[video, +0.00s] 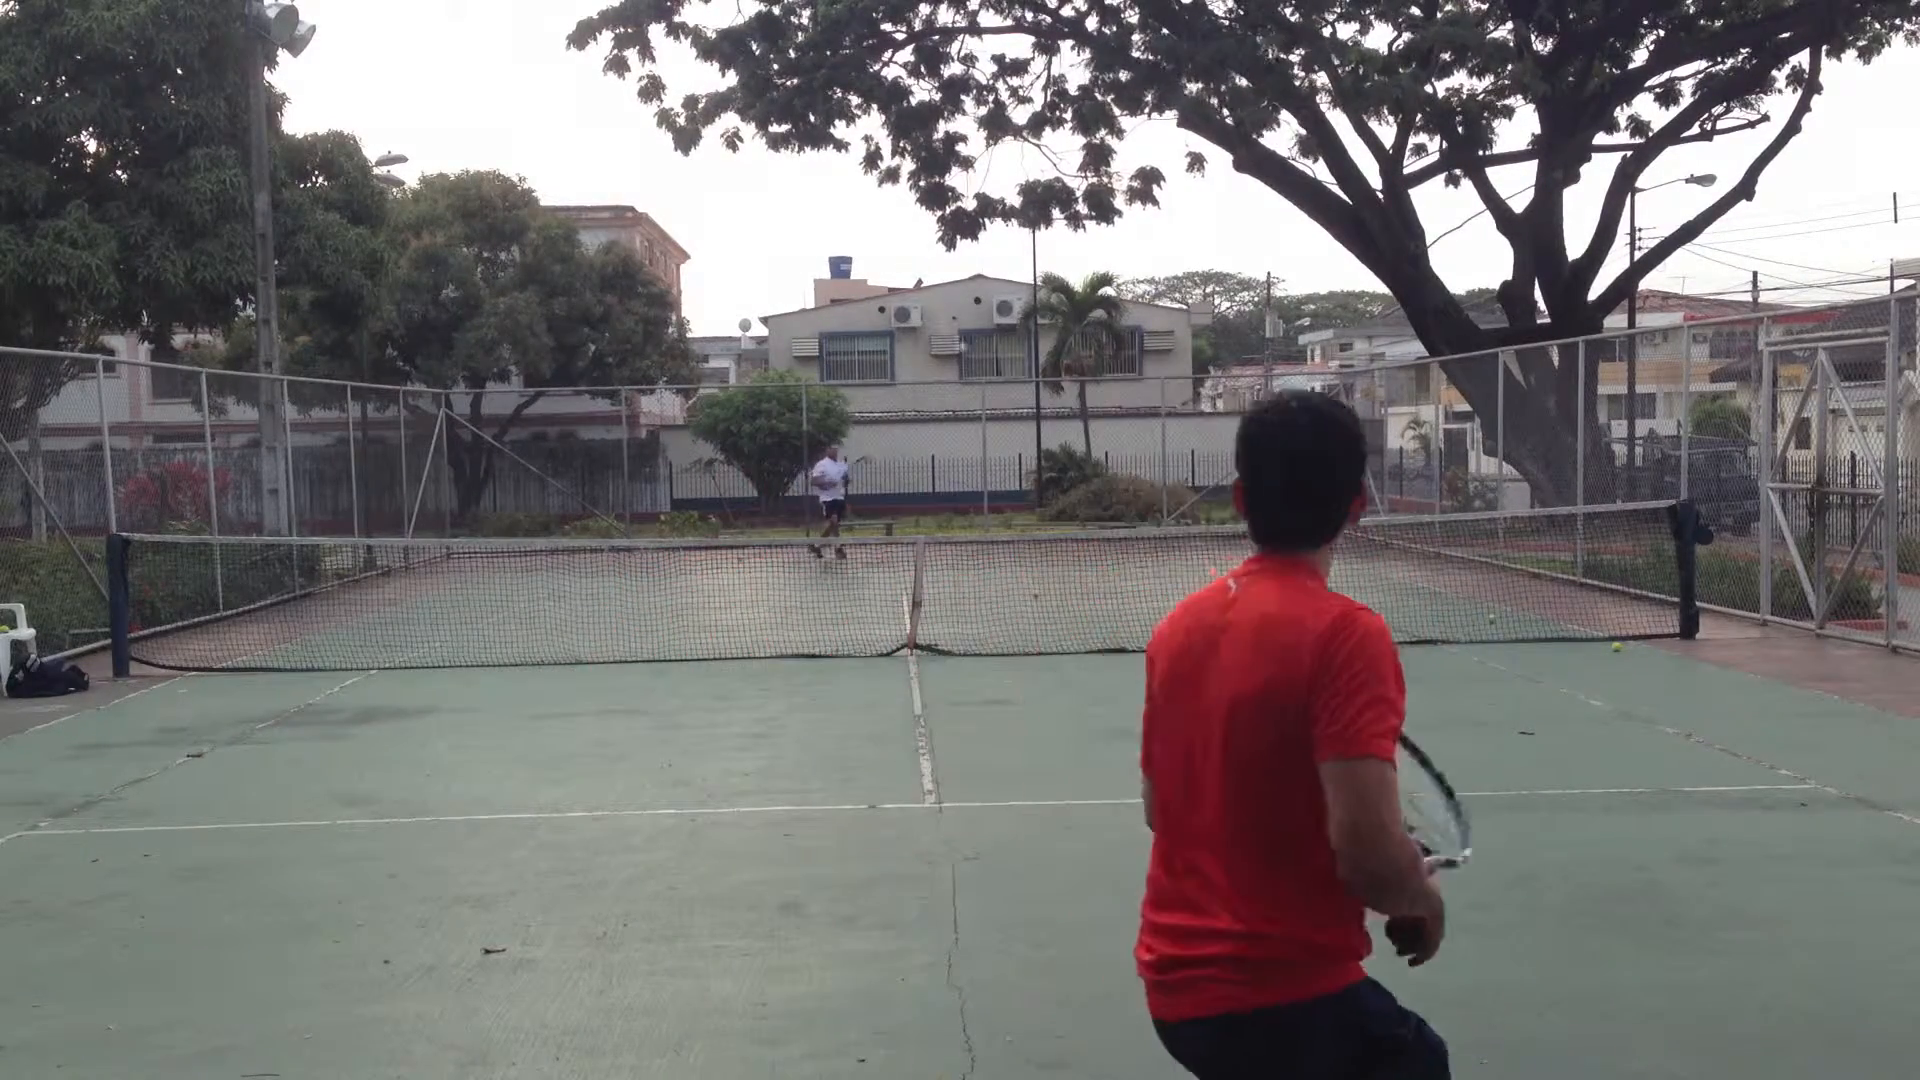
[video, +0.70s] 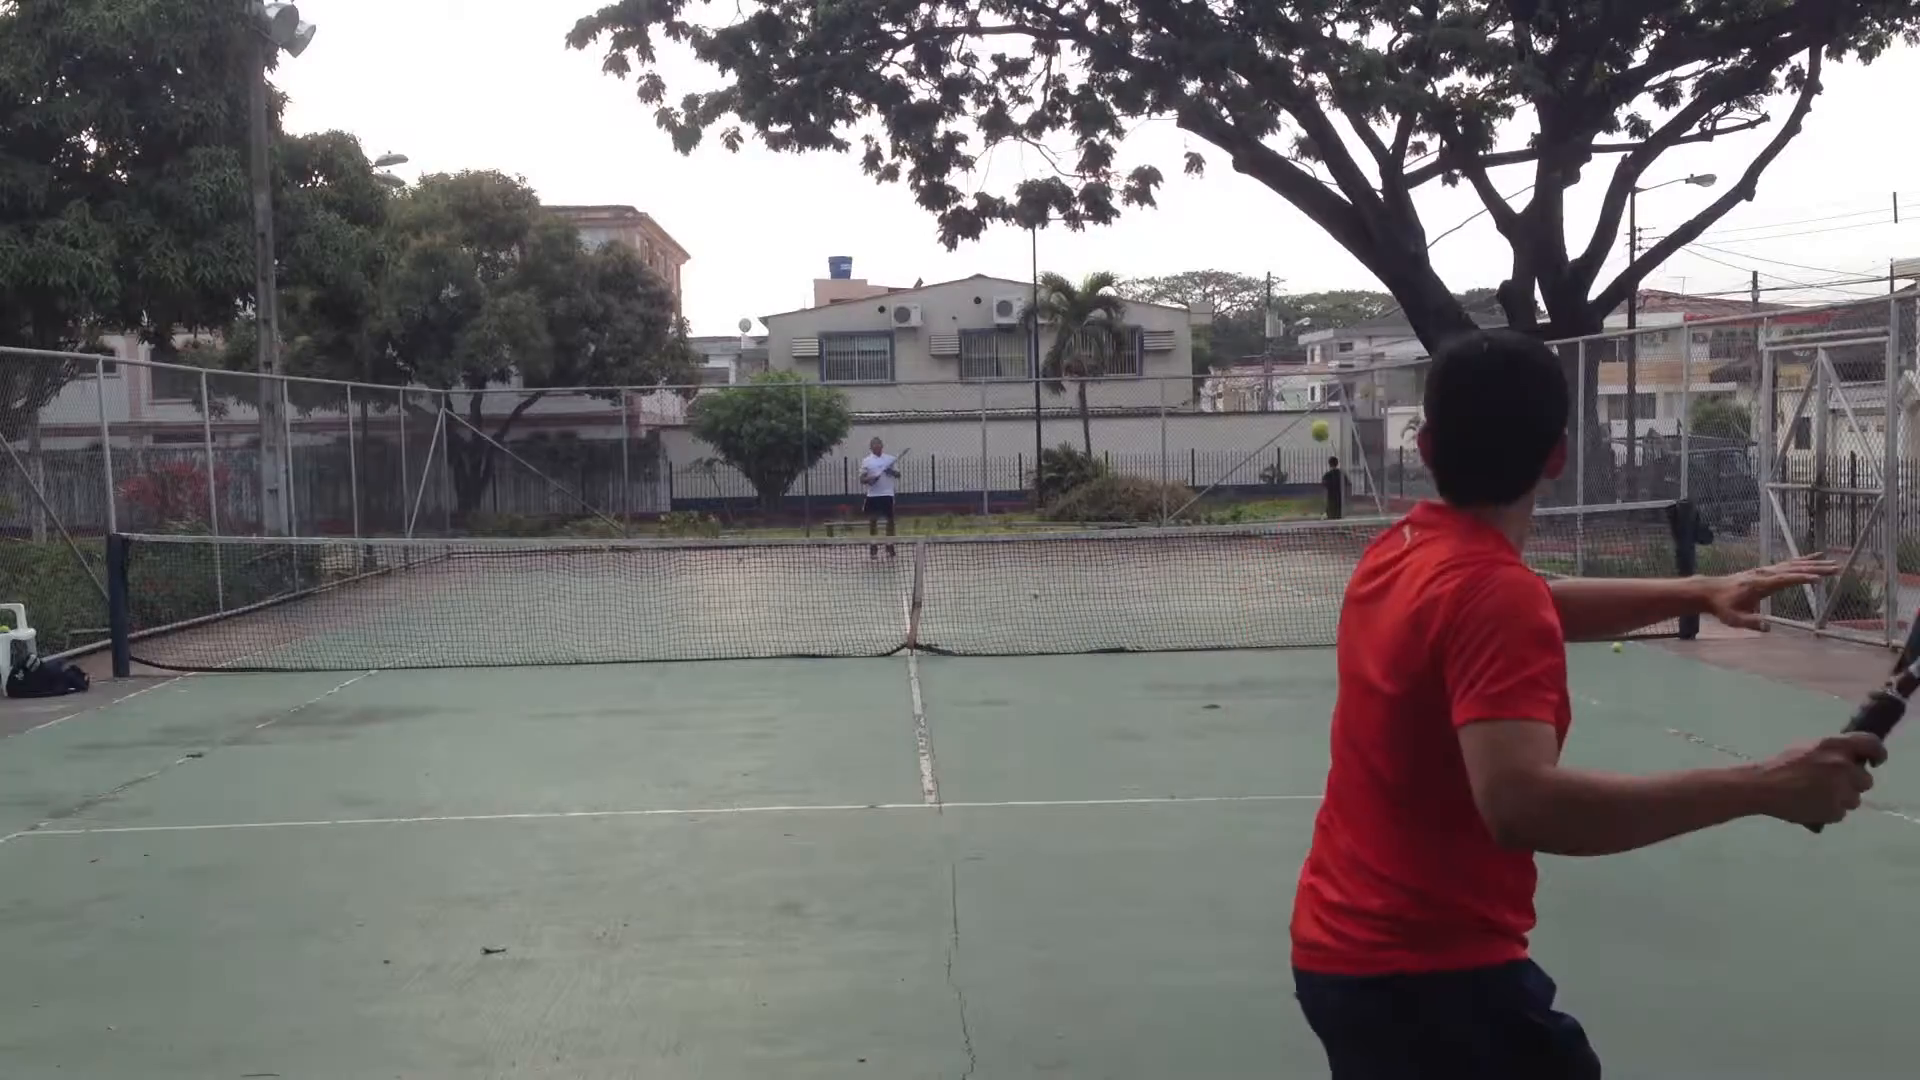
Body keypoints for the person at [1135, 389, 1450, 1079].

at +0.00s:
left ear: (1239, 497)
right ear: (1358, 507)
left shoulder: (1177, 629)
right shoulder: (1346, 634)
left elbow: (1161, 808)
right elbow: (1365, 844)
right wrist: (1417, 901)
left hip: (1183, 994)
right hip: (1291, 1001)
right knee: (1419, 1059)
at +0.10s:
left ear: (1263, 469)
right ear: (1383, 478)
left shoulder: (1211, 596)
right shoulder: (1367, 602)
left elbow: (1261, 783)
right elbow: (1402, 808)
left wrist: (1426, 806)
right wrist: (1472, 858)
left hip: (1207, 964)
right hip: (1313, 972)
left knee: (1432, 1047)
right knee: (1431, 1053)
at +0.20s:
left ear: (1275, 455)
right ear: (1395, 460)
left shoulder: (1237, 576)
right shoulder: (1370, 584)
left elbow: (1323, 736)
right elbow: (1435, 792)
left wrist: (1478, 738)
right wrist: (1521, 792)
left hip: (1224, 948)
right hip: (1324, 958)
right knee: (1434, 1052)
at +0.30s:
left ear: (1291, 452)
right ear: (1409, 456)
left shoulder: (1261, 565)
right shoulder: (1371, 579)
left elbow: (1395, 691)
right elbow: (1448, 779)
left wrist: (1549, 669)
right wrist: (1564, 739)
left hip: (1237, 939)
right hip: (1326, 954)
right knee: (1442, 1045)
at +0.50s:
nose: (1472, 454)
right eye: (1473, 439)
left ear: (1341, 449)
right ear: (1466, 458)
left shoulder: (1321, 559)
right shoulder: (1415, 585)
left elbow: (1473, 624)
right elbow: (1461, 777)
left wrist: (1627, 604)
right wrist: (1650, 709)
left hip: (1293, 945)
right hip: (1377, 962)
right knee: (1497, 1056)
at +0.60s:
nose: (1513, 456)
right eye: (1514, 440)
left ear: (1382, 451)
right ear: (1509, 462)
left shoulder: (1358, 560)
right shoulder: (1454, 589)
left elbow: (1516, 614)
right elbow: (1487, 791)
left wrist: (1665, 592)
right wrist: (1704, 737)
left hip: (1322, 956)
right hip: (1410, 978)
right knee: (1538, 1060)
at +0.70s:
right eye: (1563, 434)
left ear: (1423, 448)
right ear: (1558, 459)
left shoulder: (1393, 552)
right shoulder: (1494, 593)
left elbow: (1534, 606)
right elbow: (1520, 803)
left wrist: (1701, 592)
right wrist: (1764, 787)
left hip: (1347, 957)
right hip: (1438, 980)